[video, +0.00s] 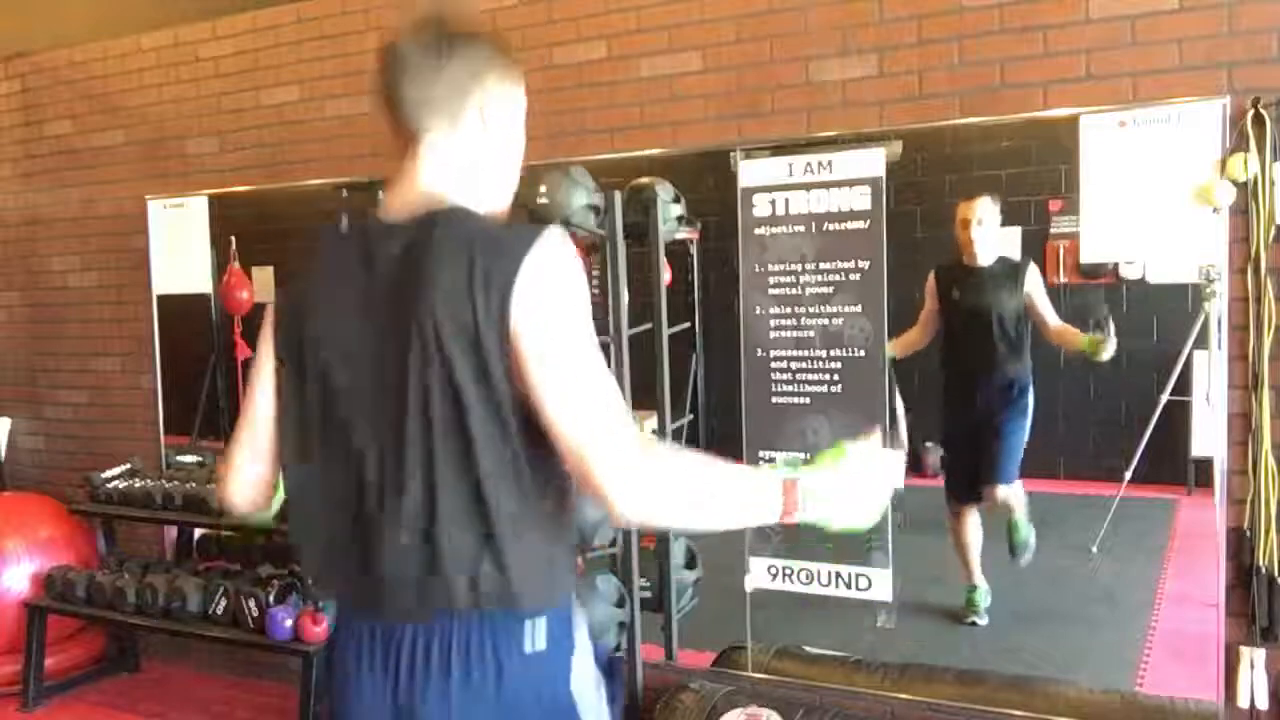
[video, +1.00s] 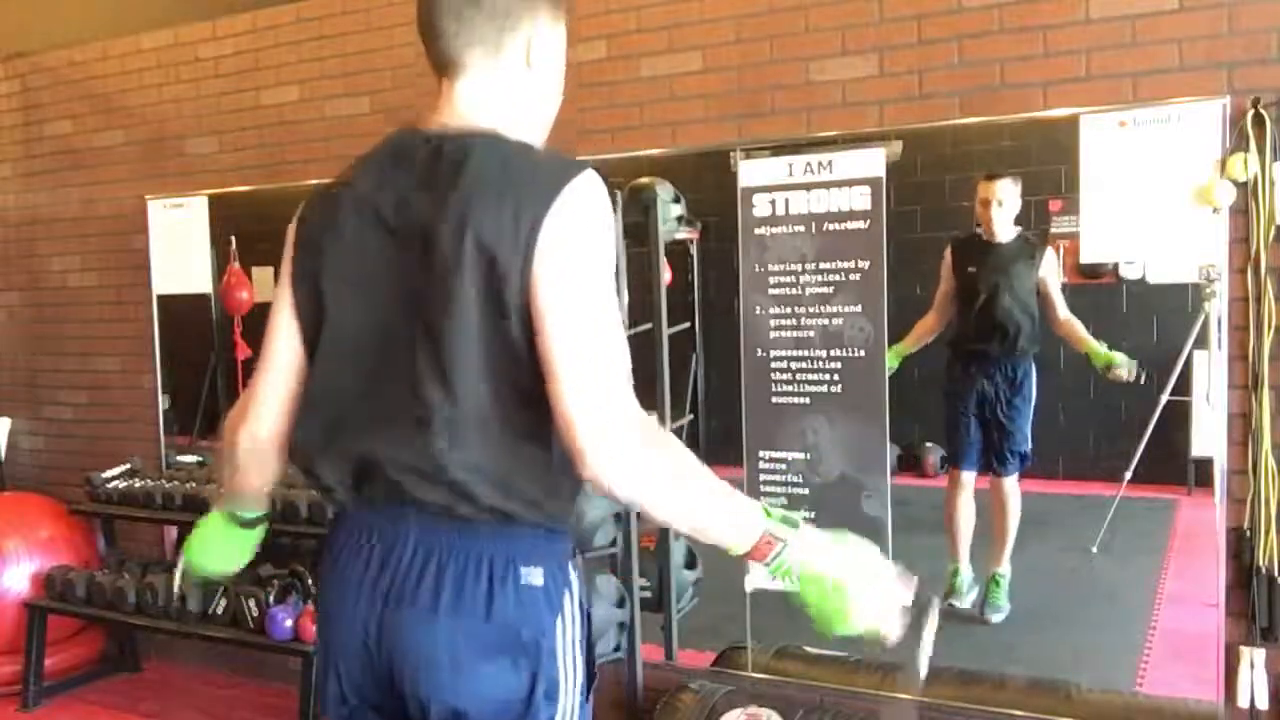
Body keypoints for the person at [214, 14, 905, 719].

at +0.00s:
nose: (521, 147)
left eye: (519, 120)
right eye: (517, 120)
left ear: (401, 123)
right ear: (489, 118)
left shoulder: (307, 280)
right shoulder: (522, 258)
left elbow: (244, 489)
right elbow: (625, 475)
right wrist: (802, 492)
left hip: (365, 658)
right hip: (516, 659)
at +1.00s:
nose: (563, 79)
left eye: (561, 55)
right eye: (562, 54)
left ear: (435, 54)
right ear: (538, 50)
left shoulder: (329, 207)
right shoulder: (558, 193)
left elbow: (255, 441)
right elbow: (608, 446)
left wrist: (235, 510)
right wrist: (784, 546)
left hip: (356, 566)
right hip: (502, 583)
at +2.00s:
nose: (557, 118)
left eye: (553, 93)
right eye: (553, 93)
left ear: (424, 105)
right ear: (528, 97)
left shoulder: (339, 270)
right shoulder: (557, 247)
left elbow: (282, 478)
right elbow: (632, 472)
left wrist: (393, 434)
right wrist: (810, 502)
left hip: (396, 637)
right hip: (539, 635)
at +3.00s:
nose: (540, 80)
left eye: (538, 57)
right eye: (537, 56)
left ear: (416, 62)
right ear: (517, 57)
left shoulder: (311, 229)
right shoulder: (540, 198)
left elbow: (268, 454)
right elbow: (589, 441)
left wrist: (267, 512)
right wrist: (760, 533)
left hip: (356, 573)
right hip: (504, 582)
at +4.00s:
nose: (562, 156)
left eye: (557, 130)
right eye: (557, 130)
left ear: (436, 136)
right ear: (530, 129)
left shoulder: (326, 302)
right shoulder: (563, 292)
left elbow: (265, 508)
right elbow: (638, 524)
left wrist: (373, 440)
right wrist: (812, 522)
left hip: (373, 665)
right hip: (520, 667)